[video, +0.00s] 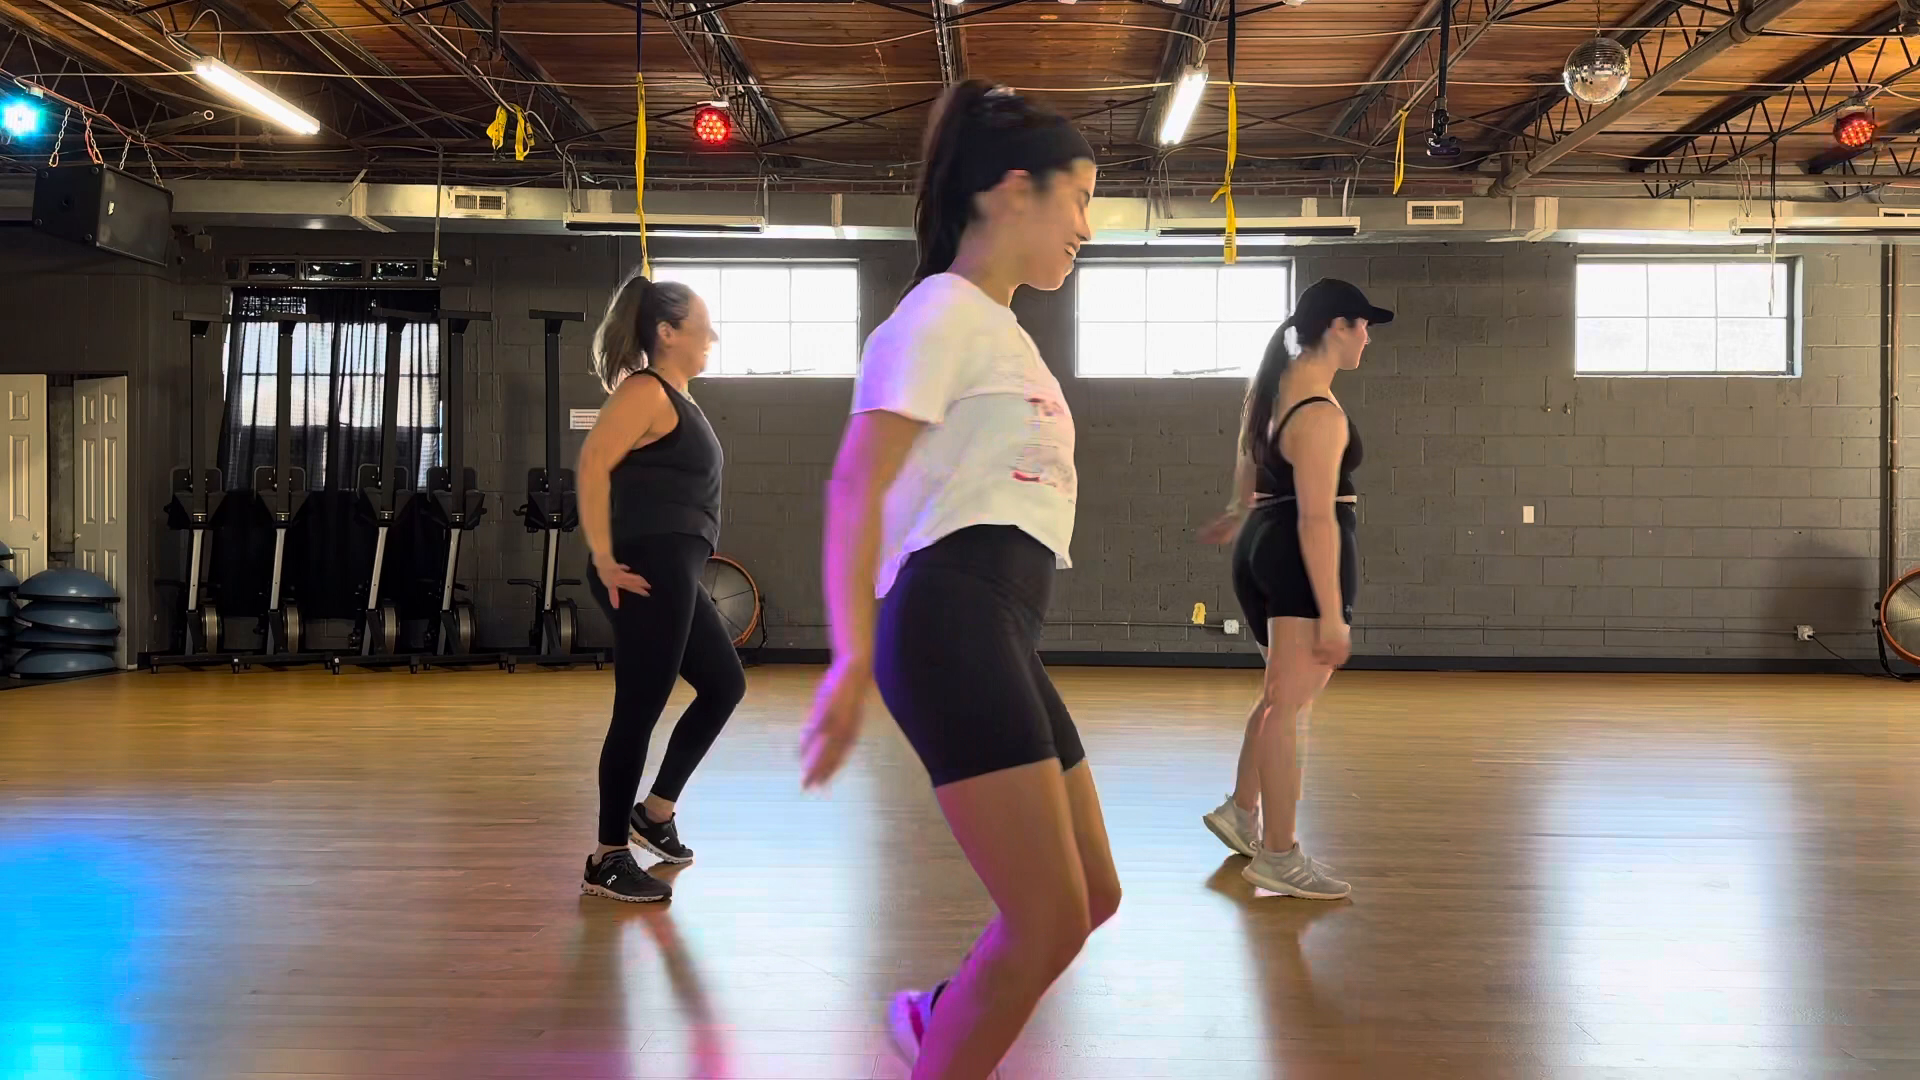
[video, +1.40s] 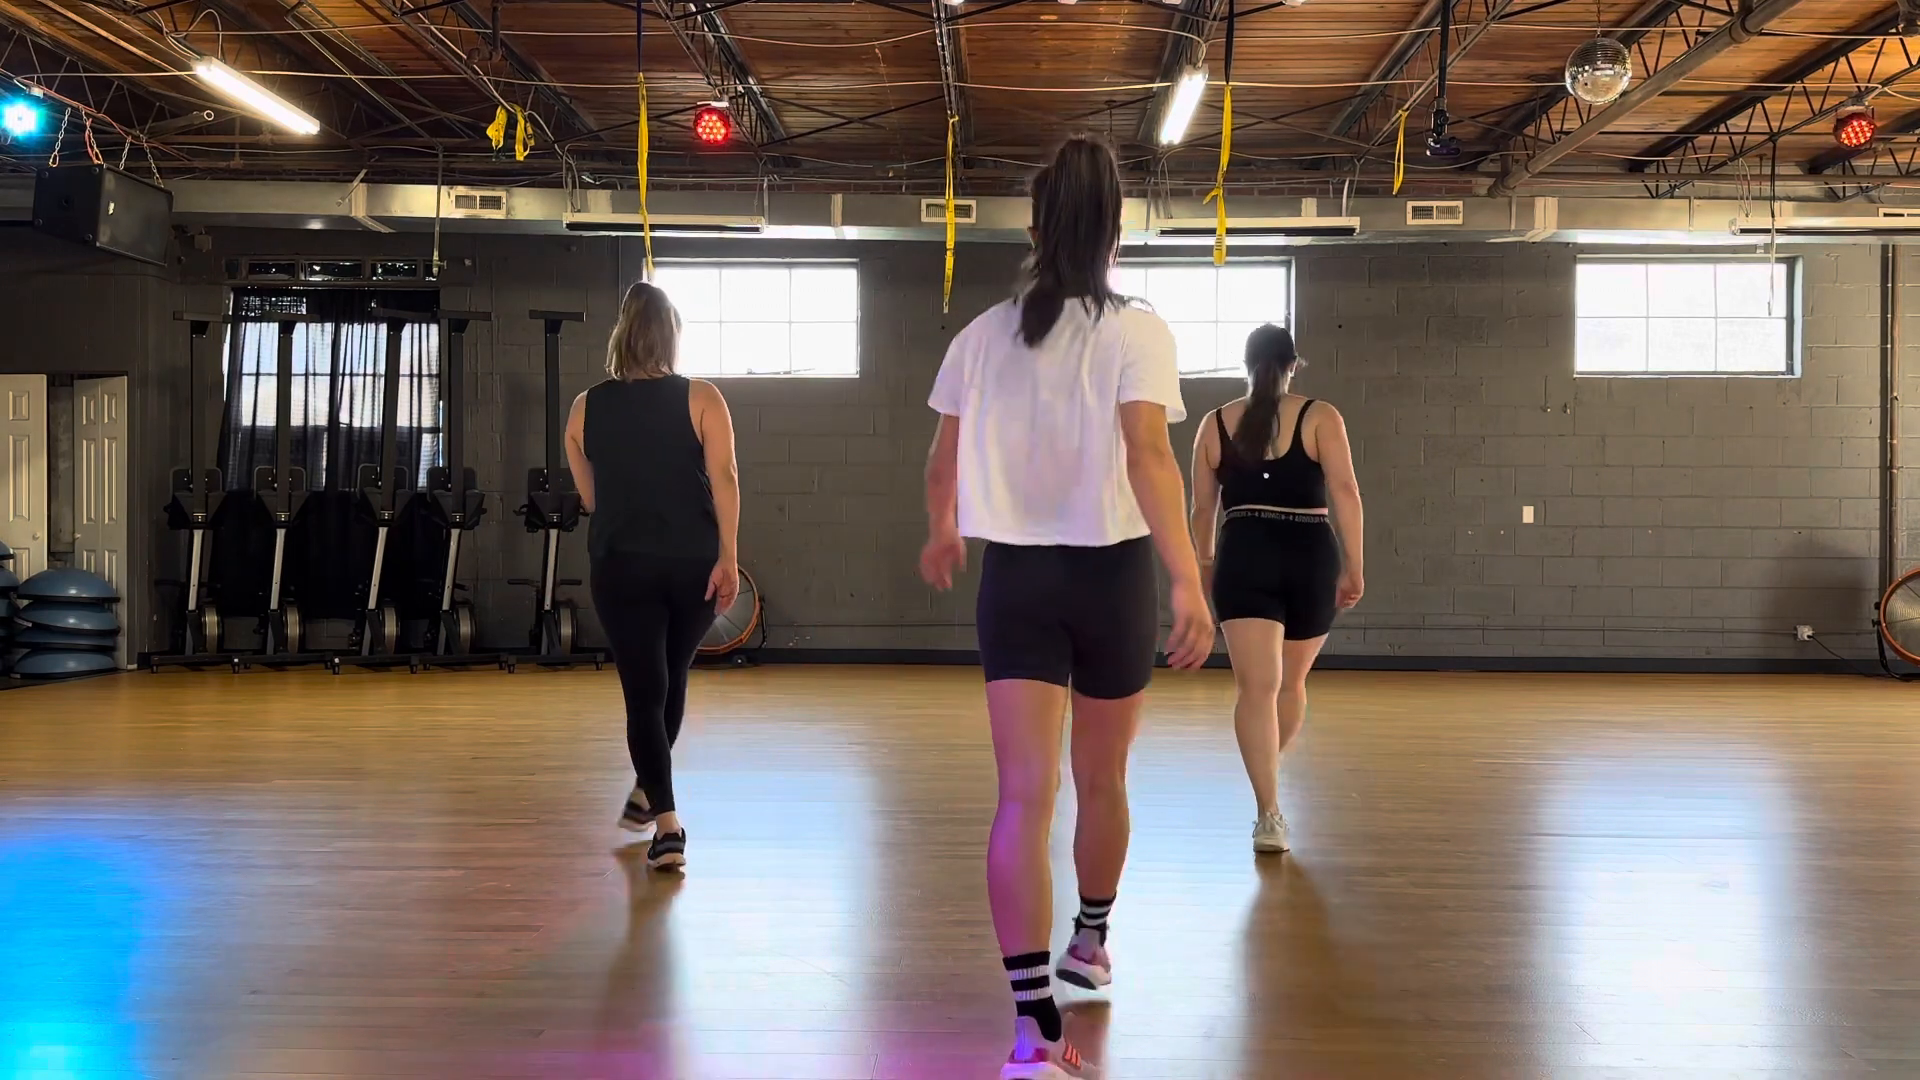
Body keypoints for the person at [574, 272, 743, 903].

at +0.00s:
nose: (713, 337)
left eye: (711, 326)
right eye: (704, 327)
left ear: (671, 334)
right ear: (668, 332)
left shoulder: (671, 395)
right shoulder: (646, 389)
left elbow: (651, 488)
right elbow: (592, 463)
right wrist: (603, 559)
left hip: (675, 570)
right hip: (650, 570)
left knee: (724, 686)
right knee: (637, 710)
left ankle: (657, 808)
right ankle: (609, 854)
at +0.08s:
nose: (711, 338)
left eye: (710, 327)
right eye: (706, 327)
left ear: (670, 331)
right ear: (678, 330)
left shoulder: (654, 389)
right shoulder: (656, 389)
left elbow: (620, 481)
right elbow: (628, 477)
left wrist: (673, 564)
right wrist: (641, 566)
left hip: (660, 564)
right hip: (658, 567)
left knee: (714, 681)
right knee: (639, 714)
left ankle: (663, 811)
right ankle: (605, 855)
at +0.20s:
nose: (708, 341)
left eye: (707, 329)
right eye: (705, 329)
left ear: (640, 329)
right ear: (686, 329)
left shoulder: (611, 396)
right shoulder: (682, 388)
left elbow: (584, 488)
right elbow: (681, 480)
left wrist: (584, 570)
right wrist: (710, 567)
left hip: (615, 569)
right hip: (667, 567)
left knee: (690, 678)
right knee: (643, 711)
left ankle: (669, 810)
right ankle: (600, 859)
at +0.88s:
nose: (673, 321)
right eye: (671, 310)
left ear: (615, 324)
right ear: (672, 318)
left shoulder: (590, 388)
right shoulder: (709, 381)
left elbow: (532, 455)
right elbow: (750, 465)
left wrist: (531, 533)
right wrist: (765, 540)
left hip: (619, 561)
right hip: (698, 559)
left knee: (640, 694)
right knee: (698, 694)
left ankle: (664, 825)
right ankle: (651, 802)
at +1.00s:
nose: (665, 330)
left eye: (617, 325)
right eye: (666, 321)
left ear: (611, 332)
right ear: (668, 327)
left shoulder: (587, 405)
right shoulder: (709, 392)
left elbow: (561, 493)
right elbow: (740, 476)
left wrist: (529, 569)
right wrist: (754, 552)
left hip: (620, 570)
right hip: (699, 563)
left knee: (646, 700)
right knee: (714, 677)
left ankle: (668, 829)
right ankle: (687, 723)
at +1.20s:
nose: (670, 333)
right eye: (670, 325)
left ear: (612, 333)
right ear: (669, 330)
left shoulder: (584, 410)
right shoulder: (705, 392)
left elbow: (590, 502)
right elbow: (734, 472)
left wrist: (620, 540)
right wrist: (735, 550)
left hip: (623, 564)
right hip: (695, 557)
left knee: (645, 696)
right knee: (688, 644)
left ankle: (667, 825)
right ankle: (697, 726)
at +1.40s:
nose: (674, 337)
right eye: (673, 328)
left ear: (619, 336)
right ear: (673, 334)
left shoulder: (584, 409)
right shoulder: (702, 397)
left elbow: (590, 498)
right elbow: (723, 477)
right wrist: (728, 554)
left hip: (620, 567)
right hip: (692, 563)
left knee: (642, 695)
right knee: (672, 680)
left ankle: (669, 822)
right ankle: (643, 792)